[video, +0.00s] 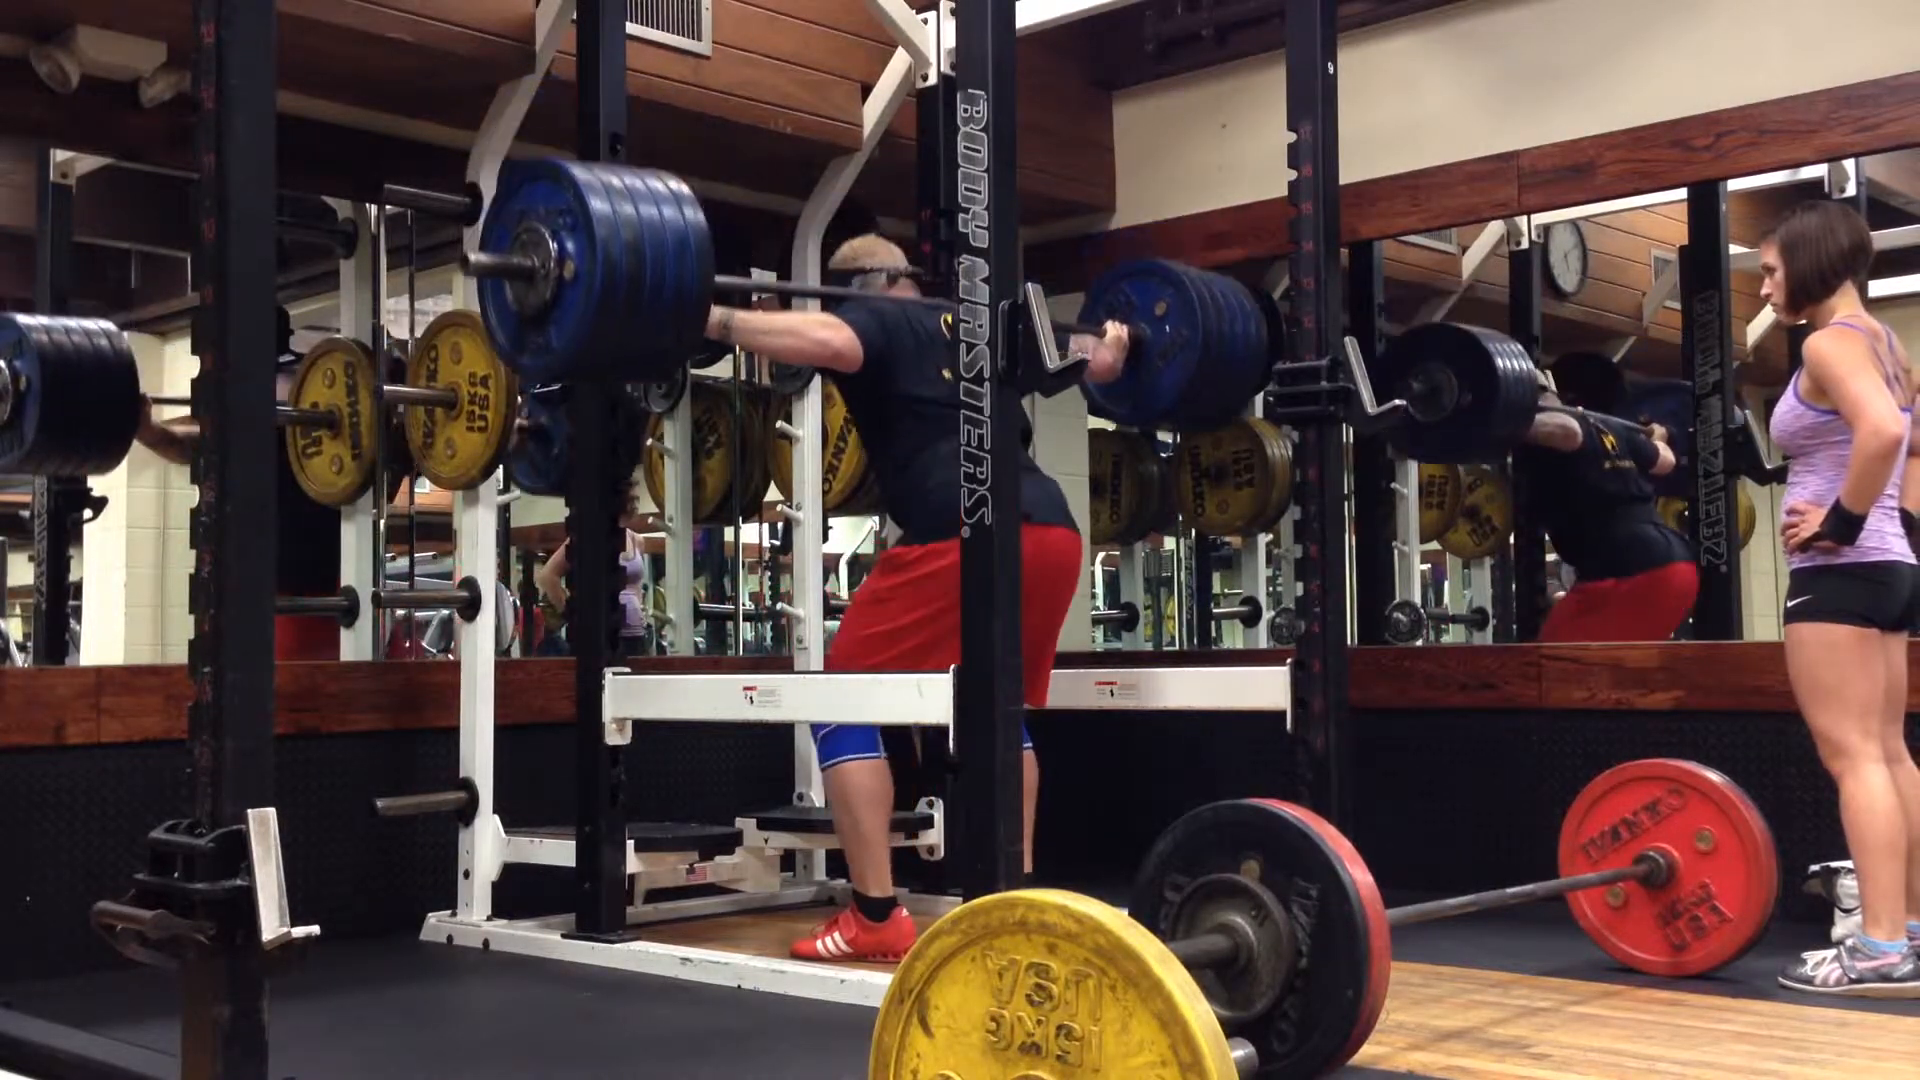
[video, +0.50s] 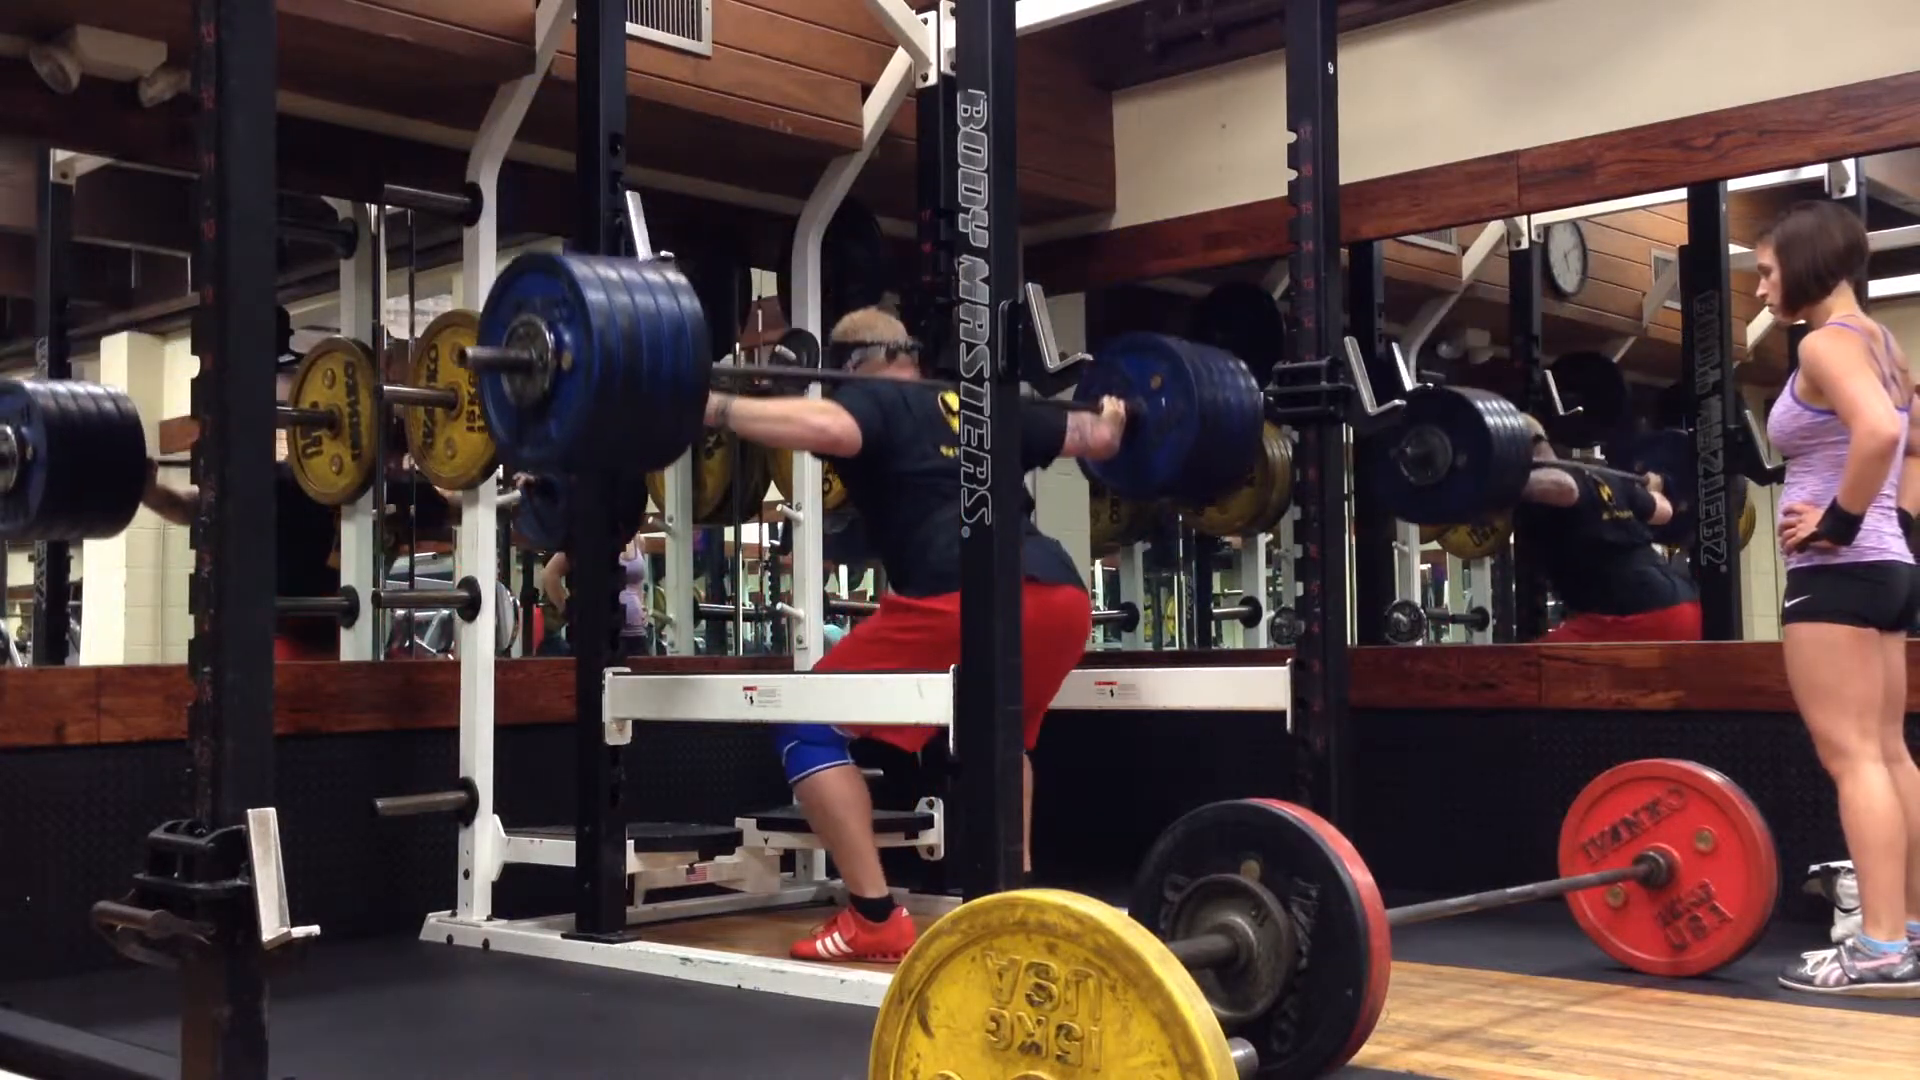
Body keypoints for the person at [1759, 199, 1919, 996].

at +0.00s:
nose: (1762, 284)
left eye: (1768, 267)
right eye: (1761, 268)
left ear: (1803, 265)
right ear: (1843, 264)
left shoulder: (1828, 342)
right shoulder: (1878, 340)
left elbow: (1881, 431)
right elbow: (1906, 448)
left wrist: (1839, 521)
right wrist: (1893, 522)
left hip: (1839, 574)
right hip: (1885, 569)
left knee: (1855, 758)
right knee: (1887, 750)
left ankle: (1883, 942)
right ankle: (1901, 927)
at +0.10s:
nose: (1762, 284)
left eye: (1767, 267)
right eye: (1761, 268)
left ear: (1802, 265)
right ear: (1842, 263)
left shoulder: (1827, 342)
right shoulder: (1878, 340)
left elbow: (1881, 431)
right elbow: (1906, 446)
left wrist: (1839, 521)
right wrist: (1893, 521)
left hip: (1839, 573)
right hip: (1885, 569)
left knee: (1854, 758)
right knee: (1887, 750)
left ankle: (1883, 942)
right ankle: (1901, 927)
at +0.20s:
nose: (1761, 283)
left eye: (1767, 267)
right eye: (1760, 267)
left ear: (1802, 264)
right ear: (1841, 263)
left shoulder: (1827, 342)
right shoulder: (1876, 340)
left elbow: (1879, 431)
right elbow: (1907, 448)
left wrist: (1839, 520)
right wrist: (1889, 519)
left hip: (1838, 573)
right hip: (1885, 568)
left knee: (1854, 757)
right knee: (1887, 750)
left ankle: (1883, 943)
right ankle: (1904, 927)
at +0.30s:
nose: (1761, 283)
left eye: (1766, 268)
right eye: (1760, 268)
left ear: (1801, 266)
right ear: (1841, 265)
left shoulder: (1827, 343)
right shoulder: (1877, 341)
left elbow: (1878, 432)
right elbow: (1908, 449)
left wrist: (1838, 521)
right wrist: (1890, 520)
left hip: (1837, 572)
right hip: (1885, 568)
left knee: (1854, 758)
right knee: (1887, 750)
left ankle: (1883, 943)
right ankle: (1904, 927)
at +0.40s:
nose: (1760, 283)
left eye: (1765, 268)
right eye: (1759, 268)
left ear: (1801, 266)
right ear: (1840, 264)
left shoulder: (1826, 343)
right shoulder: (1876, 341)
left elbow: (1878, 432)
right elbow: (1907, 448)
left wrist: (1837, 521)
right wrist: (1891, 521)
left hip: (1837, 572)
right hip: (1885, 568)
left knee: (1853, 757)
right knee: (1887, 750)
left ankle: (1882, 943)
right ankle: (1904, 927)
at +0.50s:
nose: (1759, 283)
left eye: (1764, 267)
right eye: (1758, 268)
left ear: (1800, 264)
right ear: (1838, 263)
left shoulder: (1825, 343)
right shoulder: (1875, 339)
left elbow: (1878, 431)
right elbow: (1907, 444)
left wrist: (1837, 521)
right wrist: (1891, 521)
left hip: (1836, 572)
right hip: (1884, 567)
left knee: (1853, 757)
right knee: (1886, 750)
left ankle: (1882, 943)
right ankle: (1904, 927)